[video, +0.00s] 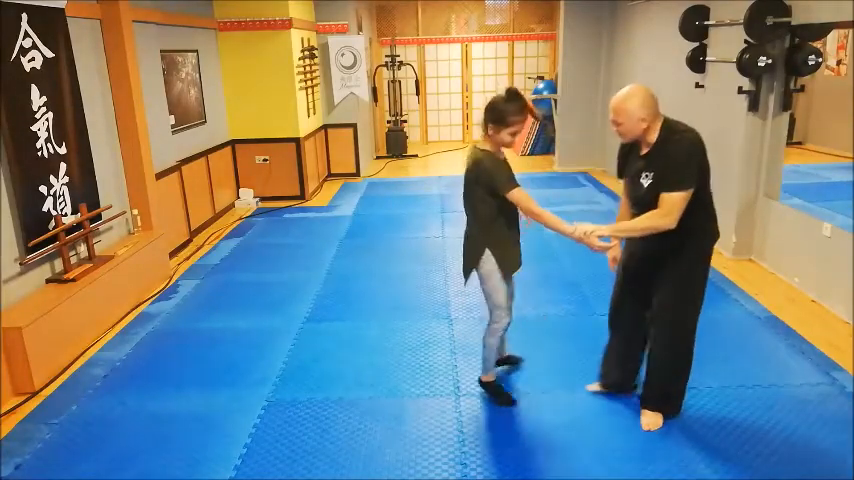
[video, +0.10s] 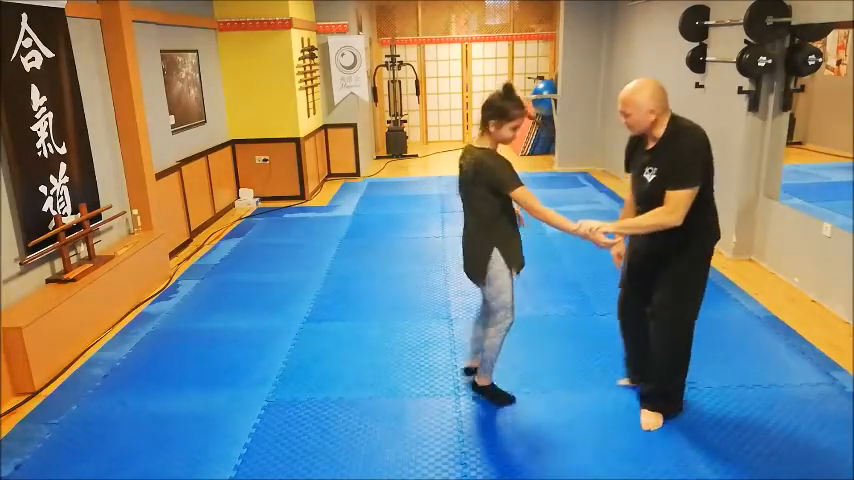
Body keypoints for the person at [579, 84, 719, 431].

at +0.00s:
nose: (615, 129)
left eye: (620, 123)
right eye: (613, 122)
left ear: (646, 120)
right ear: (633, 120)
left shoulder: (683, 145)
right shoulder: (630, 146)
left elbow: (669, 217)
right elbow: (628, 201)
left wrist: (606, 231)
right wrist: (617, 241)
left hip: (686, 244)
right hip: (645, 238)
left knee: (671, 321)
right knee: (626, 307)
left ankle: (658, 402)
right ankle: (617, 379)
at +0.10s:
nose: (622, 118)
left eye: (627, 112)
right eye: (621, 111)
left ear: (653, 112)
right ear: (647, 112)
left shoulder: (688, 143)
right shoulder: (637, 143)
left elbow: (674, 214)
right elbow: (633, 199)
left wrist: (611, 227)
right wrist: (621, 239)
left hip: (687, 245)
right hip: (649, 239)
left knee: (669, 317)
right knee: (632, 307)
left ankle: (661, 400)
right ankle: (641, 372)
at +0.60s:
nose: (658, 95)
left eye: (665, 89)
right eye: (659, 88)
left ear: (688, 95)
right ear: (685, 95)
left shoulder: (699, 137)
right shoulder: (686, 123)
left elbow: (659, 198)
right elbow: (670, 177)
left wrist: (608, 225)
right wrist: (647, 212)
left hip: (695, 237)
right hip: (677, 228)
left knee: (669, 311)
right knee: (687, 302)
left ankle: (659, 400)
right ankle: (697, 370)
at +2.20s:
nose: (652, 128)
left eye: (658, 121)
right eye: (651, 121)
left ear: (684, 116)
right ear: (673, 116)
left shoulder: (717, 148)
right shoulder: (661, 144)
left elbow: (672, 212)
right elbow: (626, 181)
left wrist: (611, 214)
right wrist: (592, 194)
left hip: (707, 253)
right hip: (666, 245)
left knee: (691, 333)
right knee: (647, 309)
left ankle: (673, 414)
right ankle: (680, 366)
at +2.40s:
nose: (640, 143)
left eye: (647, 137)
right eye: (639, 136)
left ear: (676, 133)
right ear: (640, 130)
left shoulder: (710, 157)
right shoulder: (642, 156)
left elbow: (663, 223)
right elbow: (605, 195)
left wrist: (600, 228)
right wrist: (573, 218)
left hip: (701, 261)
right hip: (653, 250)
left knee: (692, 344)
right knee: (615, 311)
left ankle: (673, 419)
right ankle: (623, 380)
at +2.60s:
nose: (616, 166)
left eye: (624, 162)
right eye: (614, 159)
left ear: (651, 155)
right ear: (613, 149)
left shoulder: (685, 170)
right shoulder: (618, 169)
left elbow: (640, 238)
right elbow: (584, 217)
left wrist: (575, 258)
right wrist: (547, 253)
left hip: (688, 266)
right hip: (640, 258)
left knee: (686, 344)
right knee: (606, 319)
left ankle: (672, 418)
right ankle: (574, 399)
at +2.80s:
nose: (582, 197)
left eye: (588, 192)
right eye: (578, 189)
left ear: (614, 182)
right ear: (576, 177)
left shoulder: (648, 192)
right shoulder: (581, 194)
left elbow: (607, 259)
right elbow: (554, 246)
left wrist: (546, 297)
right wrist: (522, 293)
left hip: (670, 265)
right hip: (624, 262)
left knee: (673, 334)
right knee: (591, 310)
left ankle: (671, 417)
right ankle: (578, 406)